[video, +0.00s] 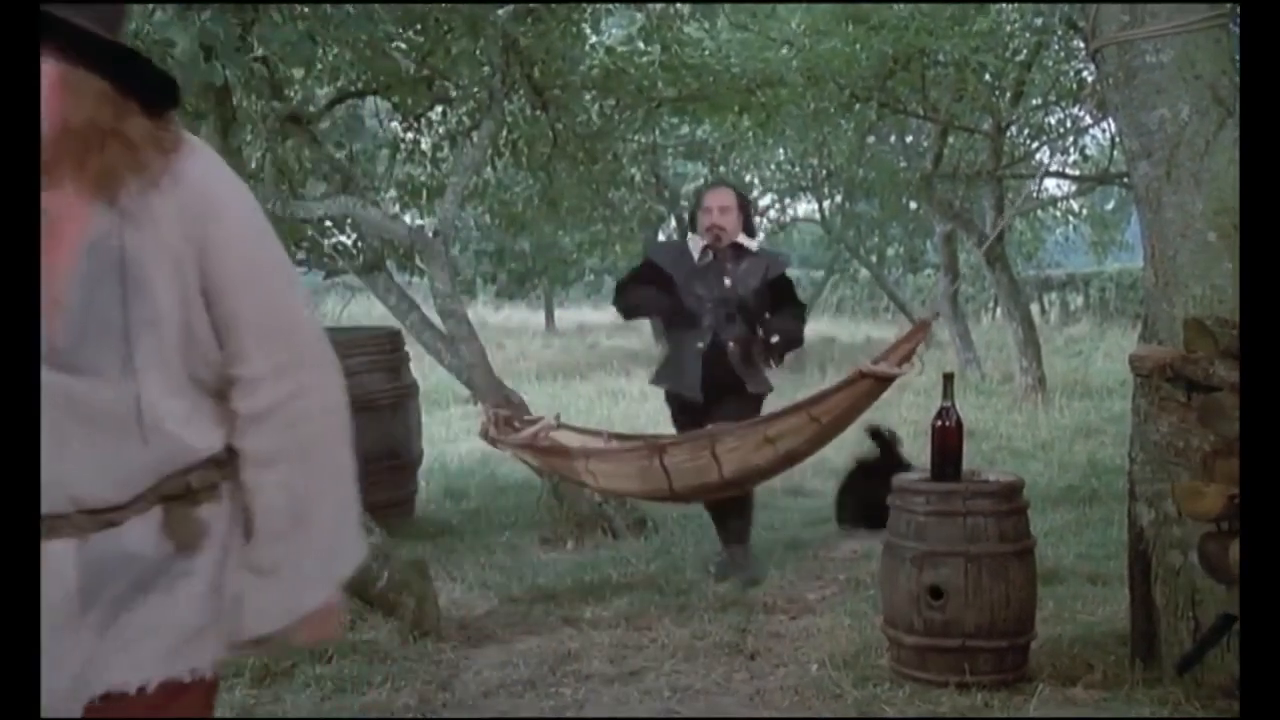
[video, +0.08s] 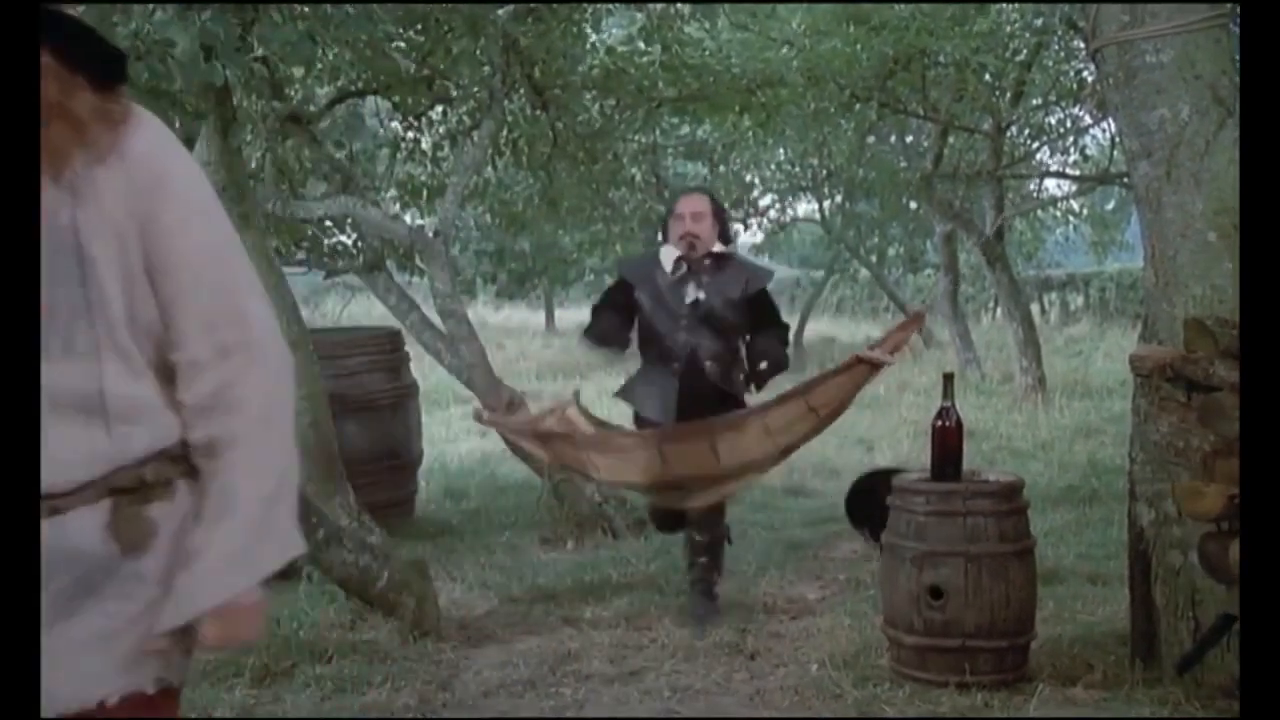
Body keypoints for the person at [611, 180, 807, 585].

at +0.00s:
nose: (716, 218)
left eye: (725, 210)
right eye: (708, 211)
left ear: (743, 218)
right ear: (696, 218)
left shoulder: (762, 266)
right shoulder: (672, 258)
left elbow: (792, 319)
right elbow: (626, 296)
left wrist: (776, 336)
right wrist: (673, 308)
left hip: (742, 378)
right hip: (687, 379)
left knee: (734, 461)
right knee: (702, 466)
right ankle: (733, 548)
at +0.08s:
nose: (688, 227)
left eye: (699, 218)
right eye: (680, 218)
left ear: (718, 226)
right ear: (668, 227)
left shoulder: (742, 279)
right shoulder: (643, 273)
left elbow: (772, 335)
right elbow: (604, 326)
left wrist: (761, 364)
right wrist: (613, 326)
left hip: (718, 404)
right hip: (659, 404)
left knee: (707, 511)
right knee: (665, 516)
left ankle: (704, 598)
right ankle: (701, 513)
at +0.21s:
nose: (636, 225)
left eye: (647, 215)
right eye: (627, 217)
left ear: (670, 223)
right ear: (616, 226)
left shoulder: (701, 280)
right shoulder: (590, 278)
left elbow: (746, 332)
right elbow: (565, 348)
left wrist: (713, 356)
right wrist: (551, 396)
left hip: (673, 420)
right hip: (606, 422)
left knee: (668, 521)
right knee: (591, 528)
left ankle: (684, 585)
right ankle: (580, 632)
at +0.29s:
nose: (616, 224)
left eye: (629, 216)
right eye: (608, 216)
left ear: (654, 227)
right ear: (598, 227)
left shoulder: (679, 284)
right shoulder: (568, 281)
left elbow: (724, 329)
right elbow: (526, 350)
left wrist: (671, 345)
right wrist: (540, 401)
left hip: (641, 424)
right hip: (574, 424)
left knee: (631, 520)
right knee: (563, 531)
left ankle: (637, 609)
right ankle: (580, 628)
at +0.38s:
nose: (574, 210)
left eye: (585, 200)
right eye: (567, 200)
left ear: (615, 203)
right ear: (560, 206)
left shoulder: (656, 251)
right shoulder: (546, 260)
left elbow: (721, 281)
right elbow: (509, 321)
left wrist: (657, 316)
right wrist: (495, 382)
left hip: (615, 393)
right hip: (553, 392)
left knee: (583, 517)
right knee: (526, 511)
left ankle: (571, 644)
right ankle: (546, 623)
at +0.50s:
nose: (562, 212)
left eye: (572, 201)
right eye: (556, 202)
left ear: (605, 198)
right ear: (554, 205)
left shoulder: (653, 235)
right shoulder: (548, 266)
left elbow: (724, 244)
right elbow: (508, 331)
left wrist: (667, 290)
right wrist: (502, 396)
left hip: (618, 388)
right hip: (556, 386)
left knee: (607, 516)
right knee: (512, 398)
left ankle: (622, 629)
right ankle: (450, 435)